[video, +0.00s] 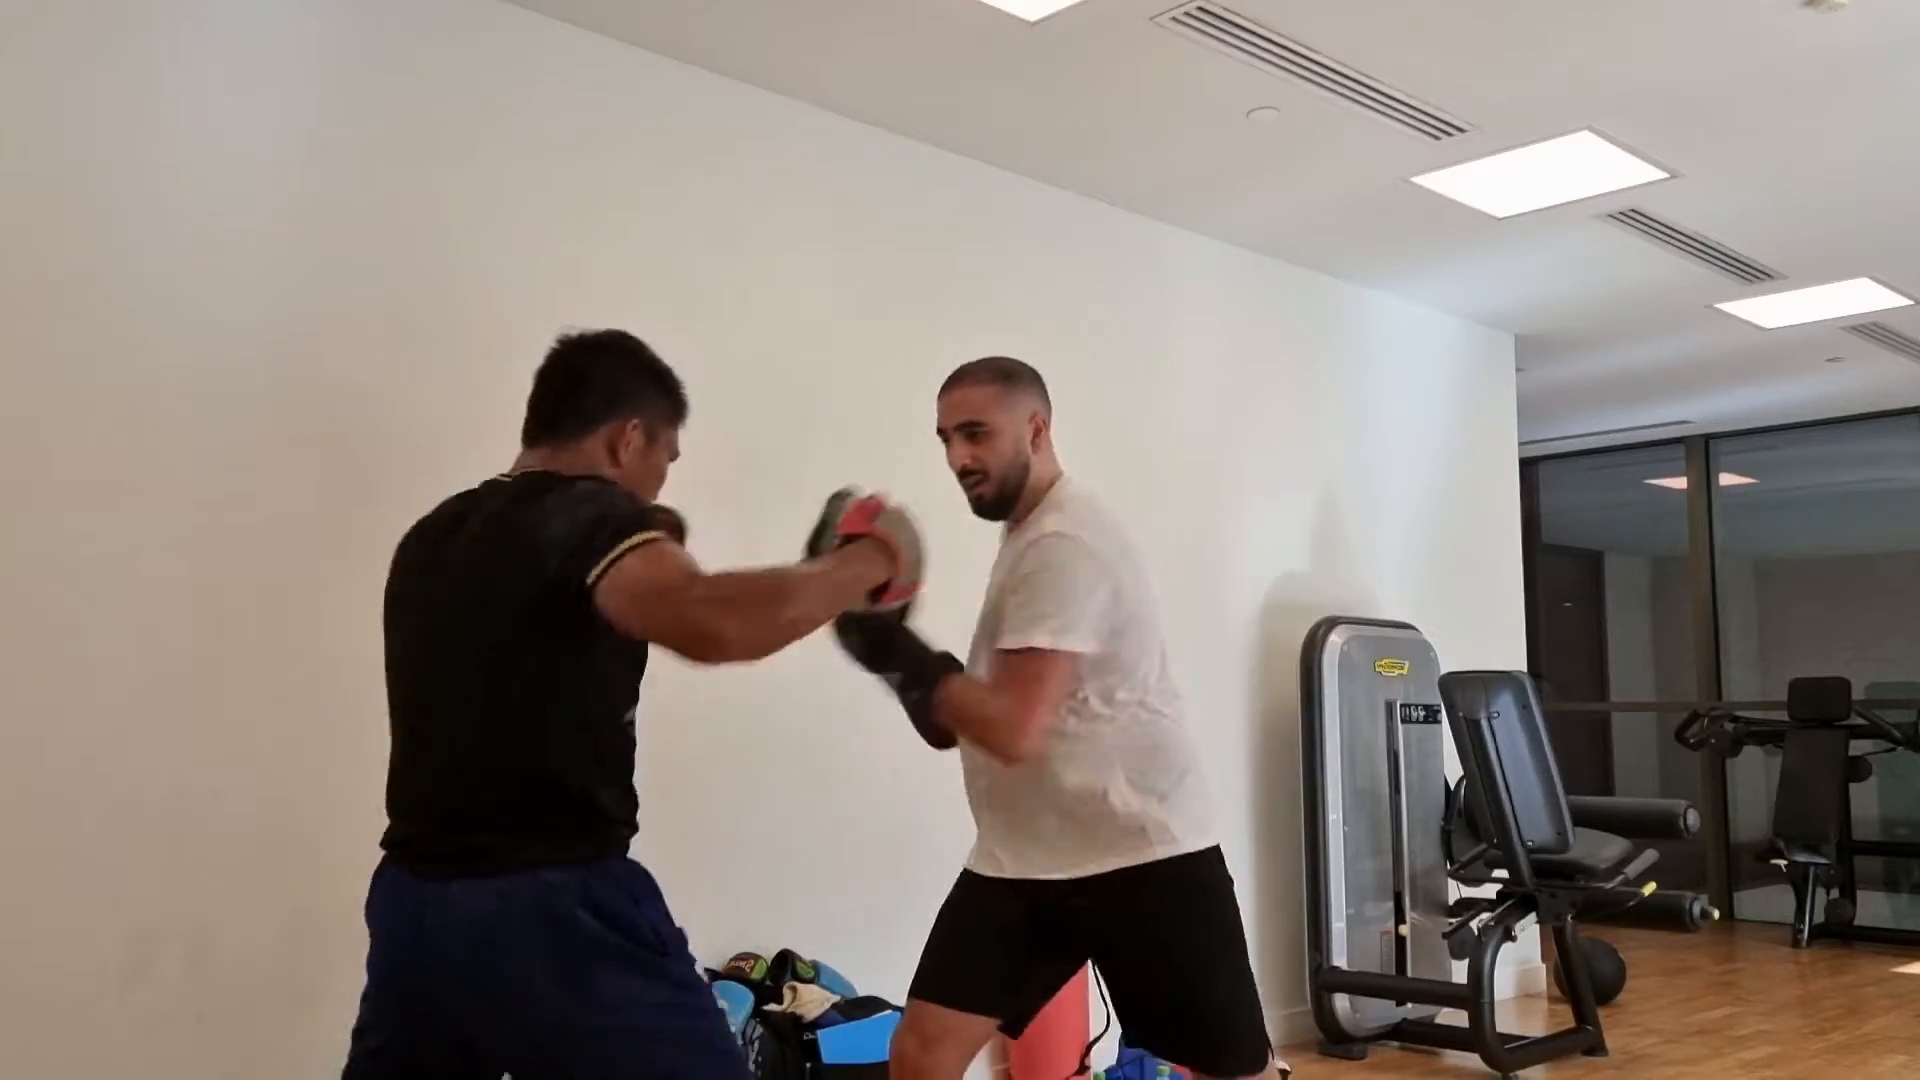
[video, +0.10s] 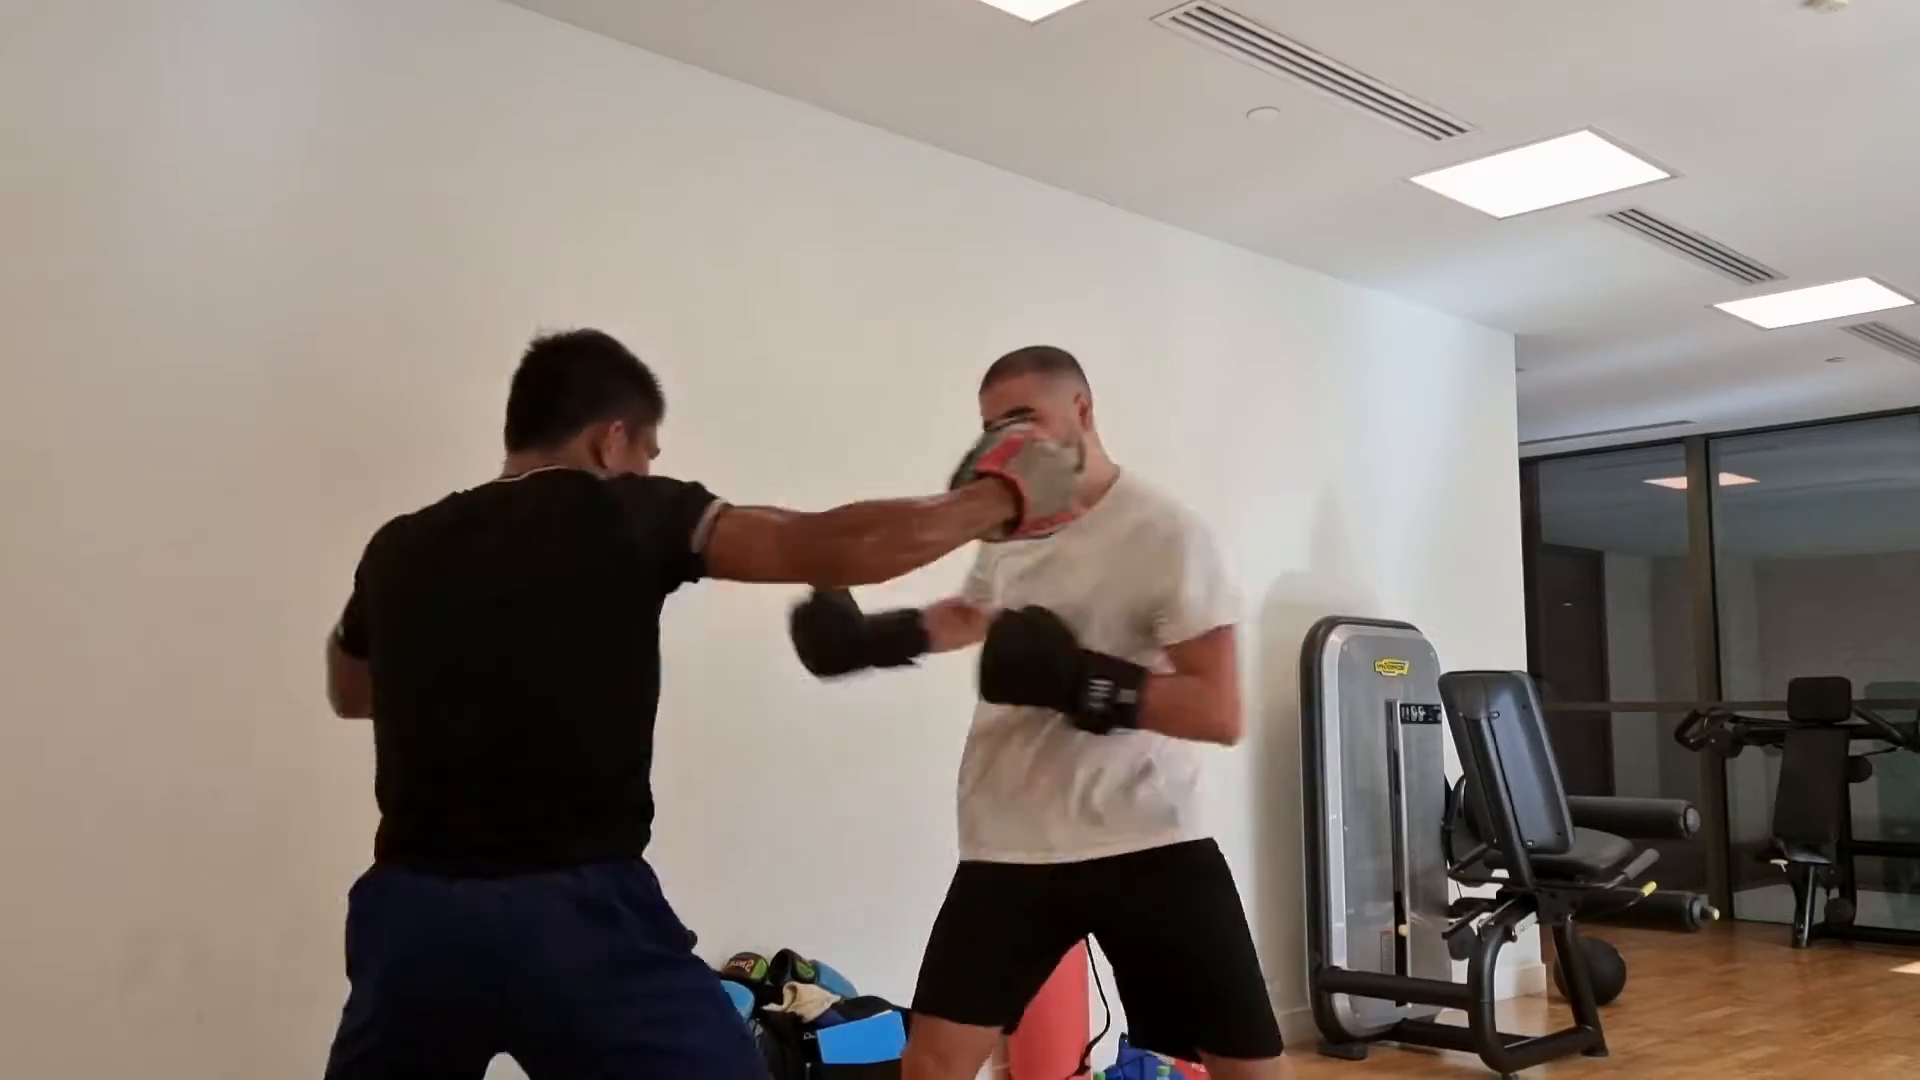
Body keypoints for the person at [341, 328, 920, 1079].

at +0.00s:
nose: (660, 489)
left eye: (666, 466)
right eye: (664, 461)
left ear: (538, 432)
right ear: (625, 440)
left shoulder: (427, 539)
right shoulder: (593, 515)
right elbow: (707, 620)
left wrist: (639, 542)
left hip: (416, 923)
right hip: (568, 922)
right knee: (701, 1064)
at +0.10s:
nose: (651, 473)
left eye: (654, 456)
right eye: (650, 454)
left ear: (511, 442)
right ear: (609, 439)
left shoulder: (399, 547)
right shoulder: (632, 512)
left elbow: (348, 693)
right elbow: (826, 548)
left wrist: (463, 651)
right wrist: (993, 500)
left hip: (410, 927)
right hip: (587, 925)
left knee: (375, 1068)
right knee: (719, 1064)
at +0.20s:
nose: (674, 490)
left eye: (680, 469)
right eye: (675, 467)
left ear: (545, 444)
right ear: (633, 453)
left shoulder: (426, 564)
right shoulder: (663, 531)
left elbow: (399, 672)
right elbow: (839, 623)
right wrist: (954, 570)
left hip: (442, 953)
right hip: (621, 955)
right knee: (747, 1062)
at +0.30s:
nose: (755, 474)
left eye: (758, 451)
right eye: (755, 448)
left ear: (627, 439)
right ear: (713, 442)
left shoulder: (539, 560)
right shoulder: (694, 538)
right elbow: (789, 717)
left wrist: (873, 682)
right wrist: (925, 667)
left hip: (495, 921)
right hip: (649, 932)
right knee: (797, 1059)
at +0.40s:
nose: (805, 479)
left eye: (809, 459)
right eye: (804, 456)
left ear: (680, 438)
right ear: (764, 451)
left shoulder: (618, 547)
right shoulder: (694, 551)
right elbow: (797, 733)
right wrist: (844, 644)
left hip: (531, 921)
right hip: (644, 936)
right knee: (807, 1064)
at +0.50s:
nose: (784, 468)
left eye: (790, 447)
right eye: (786, 444)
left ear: (662, 425)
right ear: (748, 432)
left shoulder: (567, 541)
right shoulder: (748, 521)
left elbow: (660, 673)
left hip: (537, 908)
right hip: (690, 915)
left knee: (488, 1068)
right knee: (836, 1063)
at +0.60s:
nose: (776, 465)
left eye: (781, 449)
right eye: (777, 447)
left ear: (651, 435)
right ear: (743, 439)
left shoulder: (538, 548)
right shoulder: (778, 518)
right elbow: (957, 527)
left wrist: (600, 718)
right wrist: (941, 568)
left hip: (536, 915)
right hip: (714, 921)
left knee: (472, 1068)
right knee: (822, 1063)